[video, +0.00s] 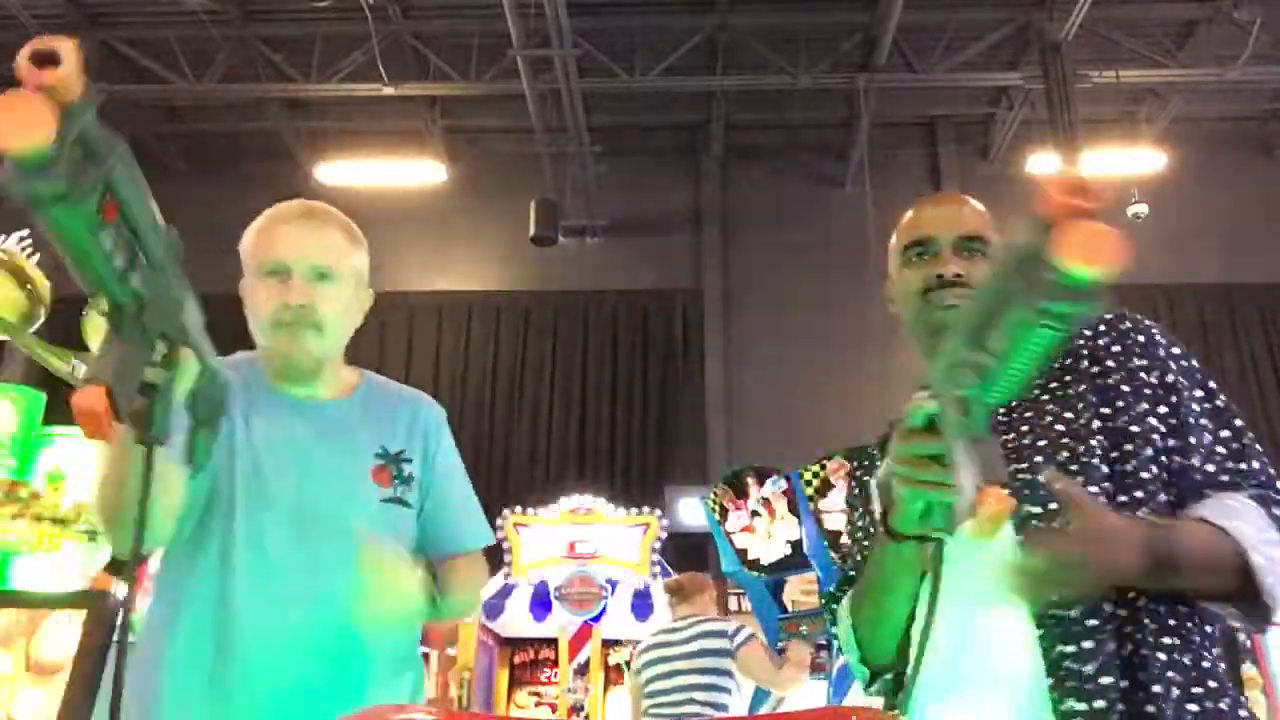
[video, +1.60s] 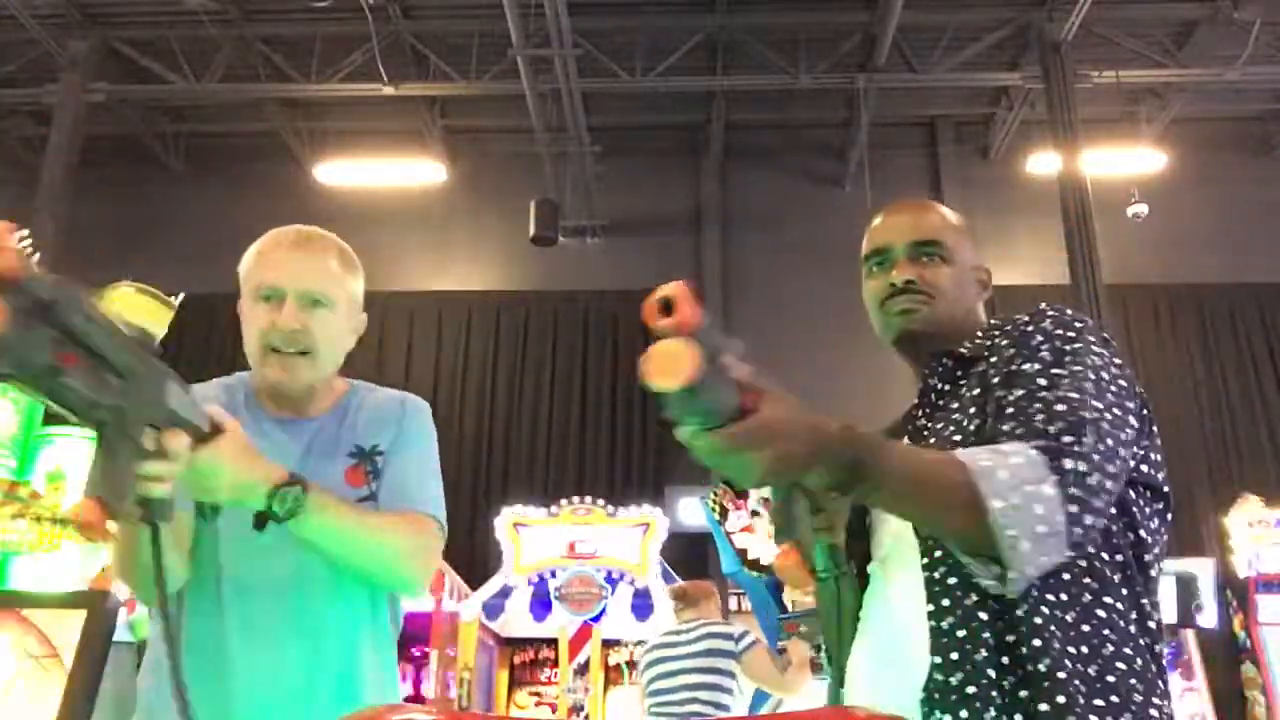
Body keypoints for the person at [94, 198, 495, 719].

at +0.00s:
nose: (297, 296)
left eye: (322, 277)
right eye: (276, 275)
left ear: (362, 303)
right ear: (245, 295)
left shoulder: (413, 422)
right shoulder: (195, 397)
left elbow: (466, 579)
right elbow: (131, 536)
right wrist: (141, 401)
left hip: (358, 711)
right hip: (190, 704)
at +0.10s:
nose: (333, 300)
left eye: (359, 282)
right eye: (311, 279)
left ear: (396, 308)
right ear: (280, 298)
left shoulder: (440, 416)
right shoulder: (235, 396)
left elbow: (470, 573)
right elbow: (178, 547)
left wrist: (365, 481)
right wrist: (198, 465)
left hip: (379, 704)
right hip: (228, 703)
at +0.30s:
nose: (299, 297)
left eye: (326, 277)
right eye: (278, 273)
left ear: (366, 305)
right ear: (244, 292)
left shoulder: (411, 407)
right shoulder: (181, 397)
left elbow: (429, 565)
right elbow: (145, 572)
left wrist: (289, 485)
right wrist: (186, 484)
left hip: (357, 706)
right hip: (198, 705)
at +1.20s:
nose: (324, 322)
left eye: (349, 306)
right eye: (304, 300)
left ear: (379, 335)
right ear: (265, 318)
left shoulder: (416, 431)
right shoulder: (200, 416)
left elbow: (431, 577)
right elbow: (173, 583)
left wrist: (300, 505)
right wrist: (204, 477)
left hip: (353, 709)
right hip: (205, 707)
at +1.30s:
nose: (335, 329)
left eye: (358, 315)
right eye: (316, 307)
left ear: (383, 335)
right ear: (277, 323)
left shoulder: (420, 439)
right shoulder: (213, 419)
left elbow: (450, 582)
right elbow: (203, 574)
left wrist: (358, 525)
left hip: (363, 709)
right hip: (213, 708)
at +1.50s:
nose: (315, 326)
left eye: (341, 309)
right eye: (295, 304)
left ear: (374, 333)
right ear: (260, 319)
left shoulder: (409, 429)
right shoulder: (194, 422)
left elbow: (435, 573)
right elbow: (182, 583)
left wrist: (316, 517)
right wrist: (234, 512)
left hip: (356, 707)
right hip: (203, 708)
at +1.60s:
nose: (288, 321)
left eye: (315, 303)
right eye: (270, 298)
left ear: (357, 326)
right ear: (241, 310)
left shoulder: (398, 421)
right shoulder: (185, 414)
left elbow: (413, 564)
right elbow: (151, 582)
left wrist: (268, 486)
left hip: (343, 709)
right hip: (188, 709)